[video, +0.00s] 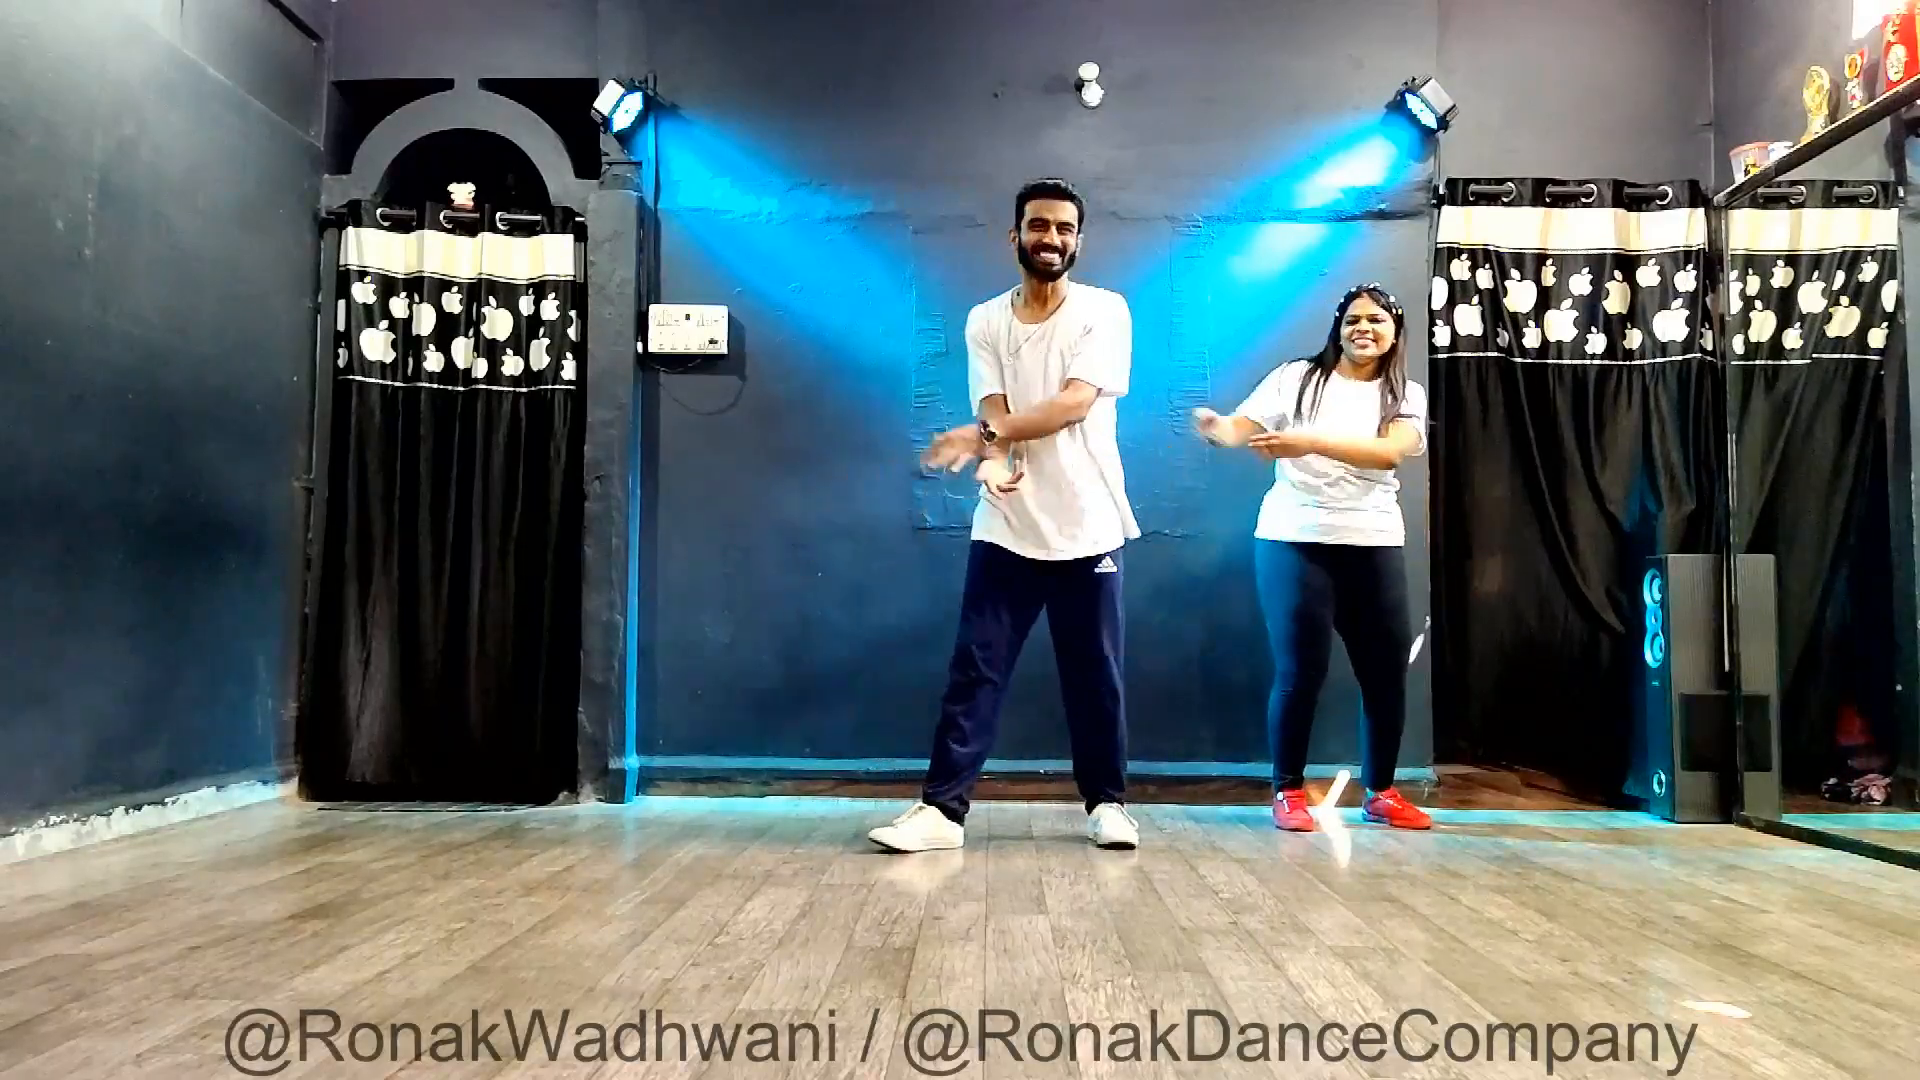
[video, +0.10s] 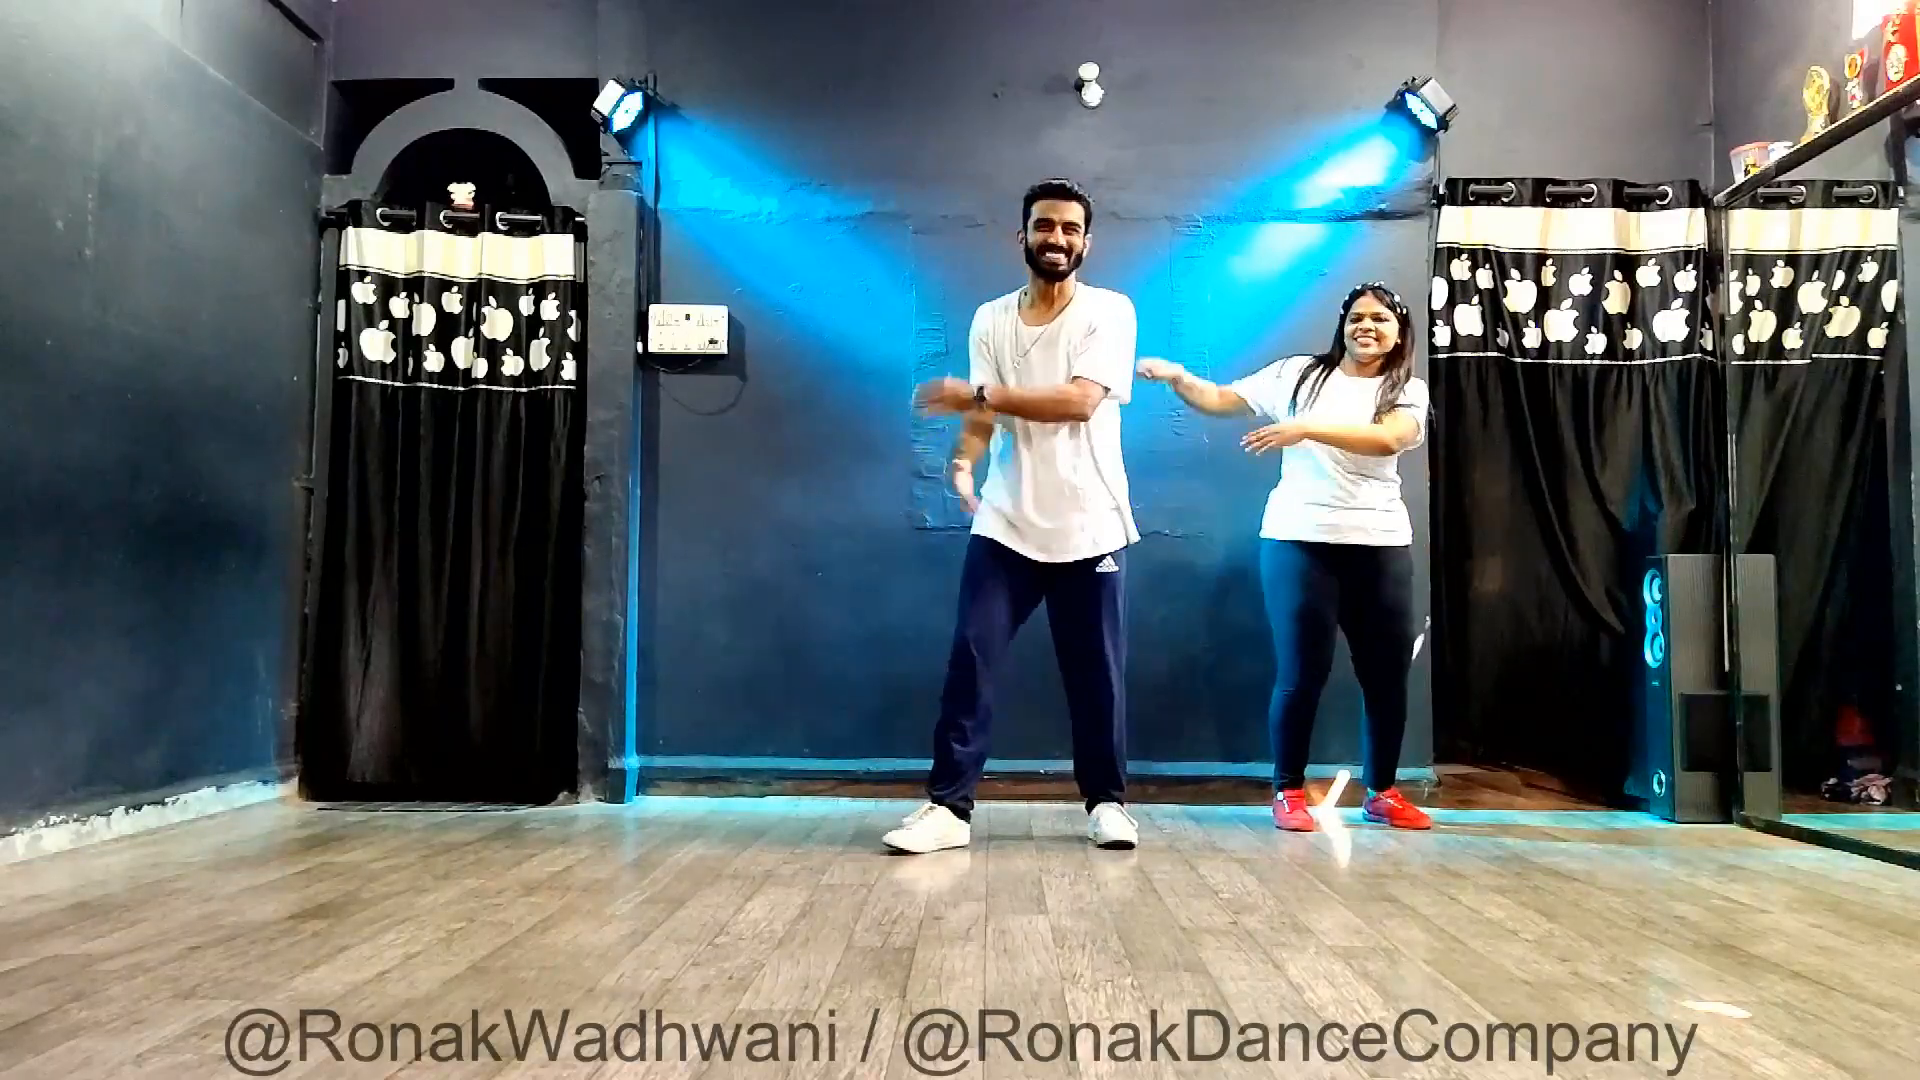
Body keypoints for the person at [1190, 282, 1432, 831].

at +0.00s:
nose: (1364, 329)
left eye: (1376, 321)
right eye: (1355, 320)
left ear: (1394, 333)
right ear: (1339, 329)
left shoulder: (1404, 391)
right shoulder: (1295, 377)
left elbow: (1392, 452)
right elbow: (1243, 428)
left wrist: (1310, 445)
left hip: (1373, 544)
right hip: (1296, 539)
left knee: (1385, 672)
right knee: (1300, 670)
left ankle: (1380, 793)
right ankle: (1289, 792)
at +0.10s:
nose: (1367, 326)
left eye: (1379, 319)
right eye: (1357, 319)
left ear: (1398, 333)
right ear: (1343, 329)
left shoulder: (1408, 386)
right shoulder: (1299, 373)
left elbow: (1392, 438)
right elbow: (1221, 400)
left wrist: (1304, 429)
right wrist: (1181, 378)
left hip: (1378, 544)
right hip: (1298, 538)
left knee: (1386, 675)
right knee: (1302, 671)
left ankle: (1381, 792)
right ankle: (1289, 793)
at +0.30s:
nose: (1324, 328)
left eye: (1336, 319)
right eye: (1313, 320)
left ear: (1359, 325)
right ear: (1302, 329)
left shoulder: (1383, 366)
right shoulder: (1286, 374)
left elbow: (1395, 425)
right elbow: (1247, 356)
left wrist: (1328, 468)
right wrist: (1213, 316)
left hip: (1385, 540)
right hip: (1306, 538)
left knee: (1392, 669)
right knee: (1299, 644)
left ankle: (1392, 791)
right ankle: (1292, 775)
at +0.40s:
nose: (1291, 348)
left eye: (1301, 337)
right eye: (1279, 341)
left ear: (1322, 339)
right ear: (1265, 349)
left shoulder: (1356, 382)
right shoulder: (1273, 397)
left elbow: (1410, 460)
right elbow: (1252, 413)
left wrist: (1401, 546)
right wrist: (1195, 401)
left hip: (1380, 547)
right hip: (1304, 544)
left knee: (1390, 677)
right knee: (1293, 655)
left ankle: (1399, 790)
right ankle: (1293, 784)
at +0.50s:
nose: (1272, 358)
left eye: (1276, 346)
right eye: (1256, 357)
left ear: (1293, 351)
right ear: (1244, 379)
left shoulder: (1352, 402)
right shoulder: (1250, 430)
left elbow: (1419, 473)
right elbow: (1232, 481)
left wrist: (1448, 550)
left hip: (1386, 562)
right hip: (1301, 566)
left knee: (1393, 684)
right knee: (1284, 676)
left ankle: (1400, 790)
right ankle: (1289, 797)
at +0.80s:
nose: (1327, 277)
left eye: (1337, 271)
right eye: (1314, 270)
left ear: (1352, 284)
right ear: (1291, 285)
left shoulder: (1357, 335)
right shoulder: (1276, 326)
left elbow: (1384, 350)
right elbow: (1320, 333)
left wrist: (1414, 366)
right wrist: (1355, 312)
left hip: (1372, 495)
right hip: (1296, 515)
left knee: (1471, 444)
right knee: (1295, 651)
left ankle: (1445, 575)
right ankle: (1267, 782)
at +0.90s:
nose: (1355, 298)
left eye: (1361, 290)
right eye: (1340, 281)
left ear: (1366, 300)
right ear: (1314, 289)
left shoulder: (1361, 354)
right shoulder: (1297, 337)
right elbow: (1355, 276)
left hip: (1371, 507)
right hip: (1302, 524)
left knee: (1466, 429)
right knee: (1298, 667)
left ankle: (1456, 559)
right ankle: (1264, 809)